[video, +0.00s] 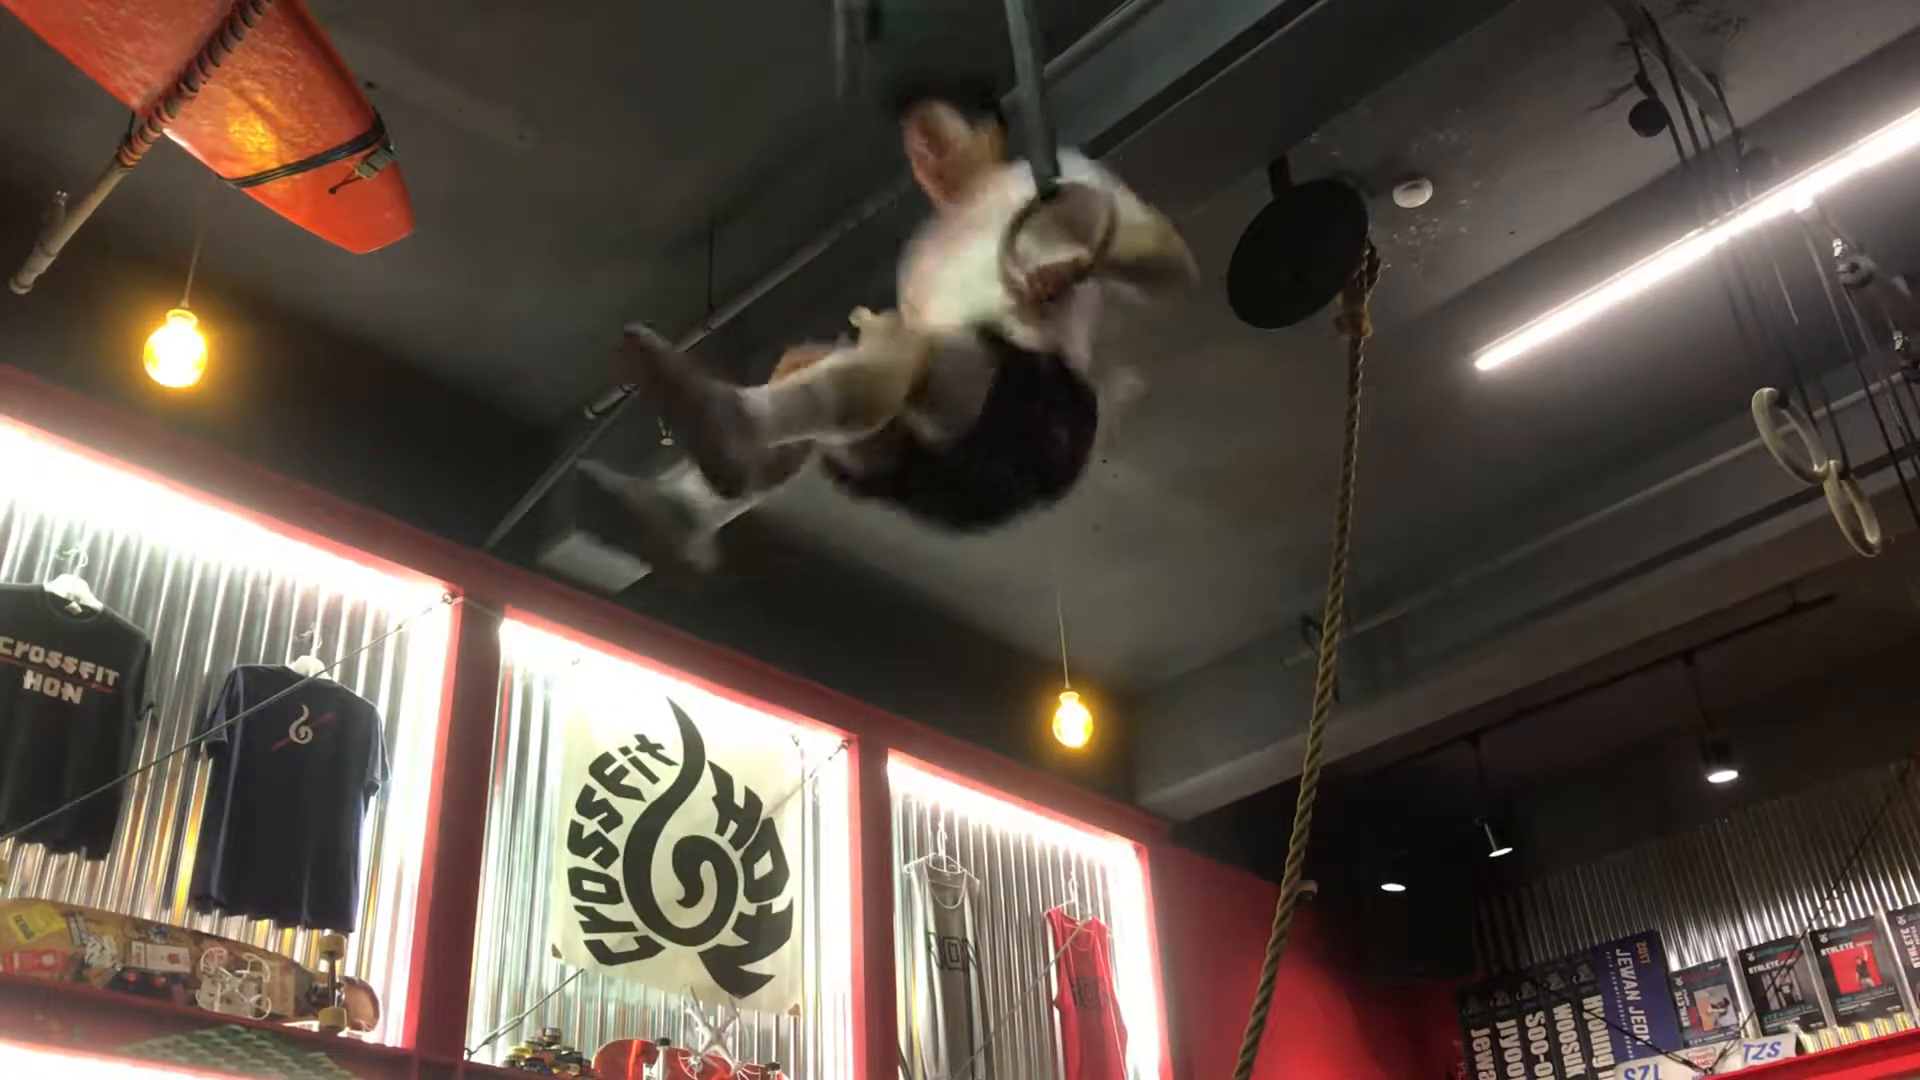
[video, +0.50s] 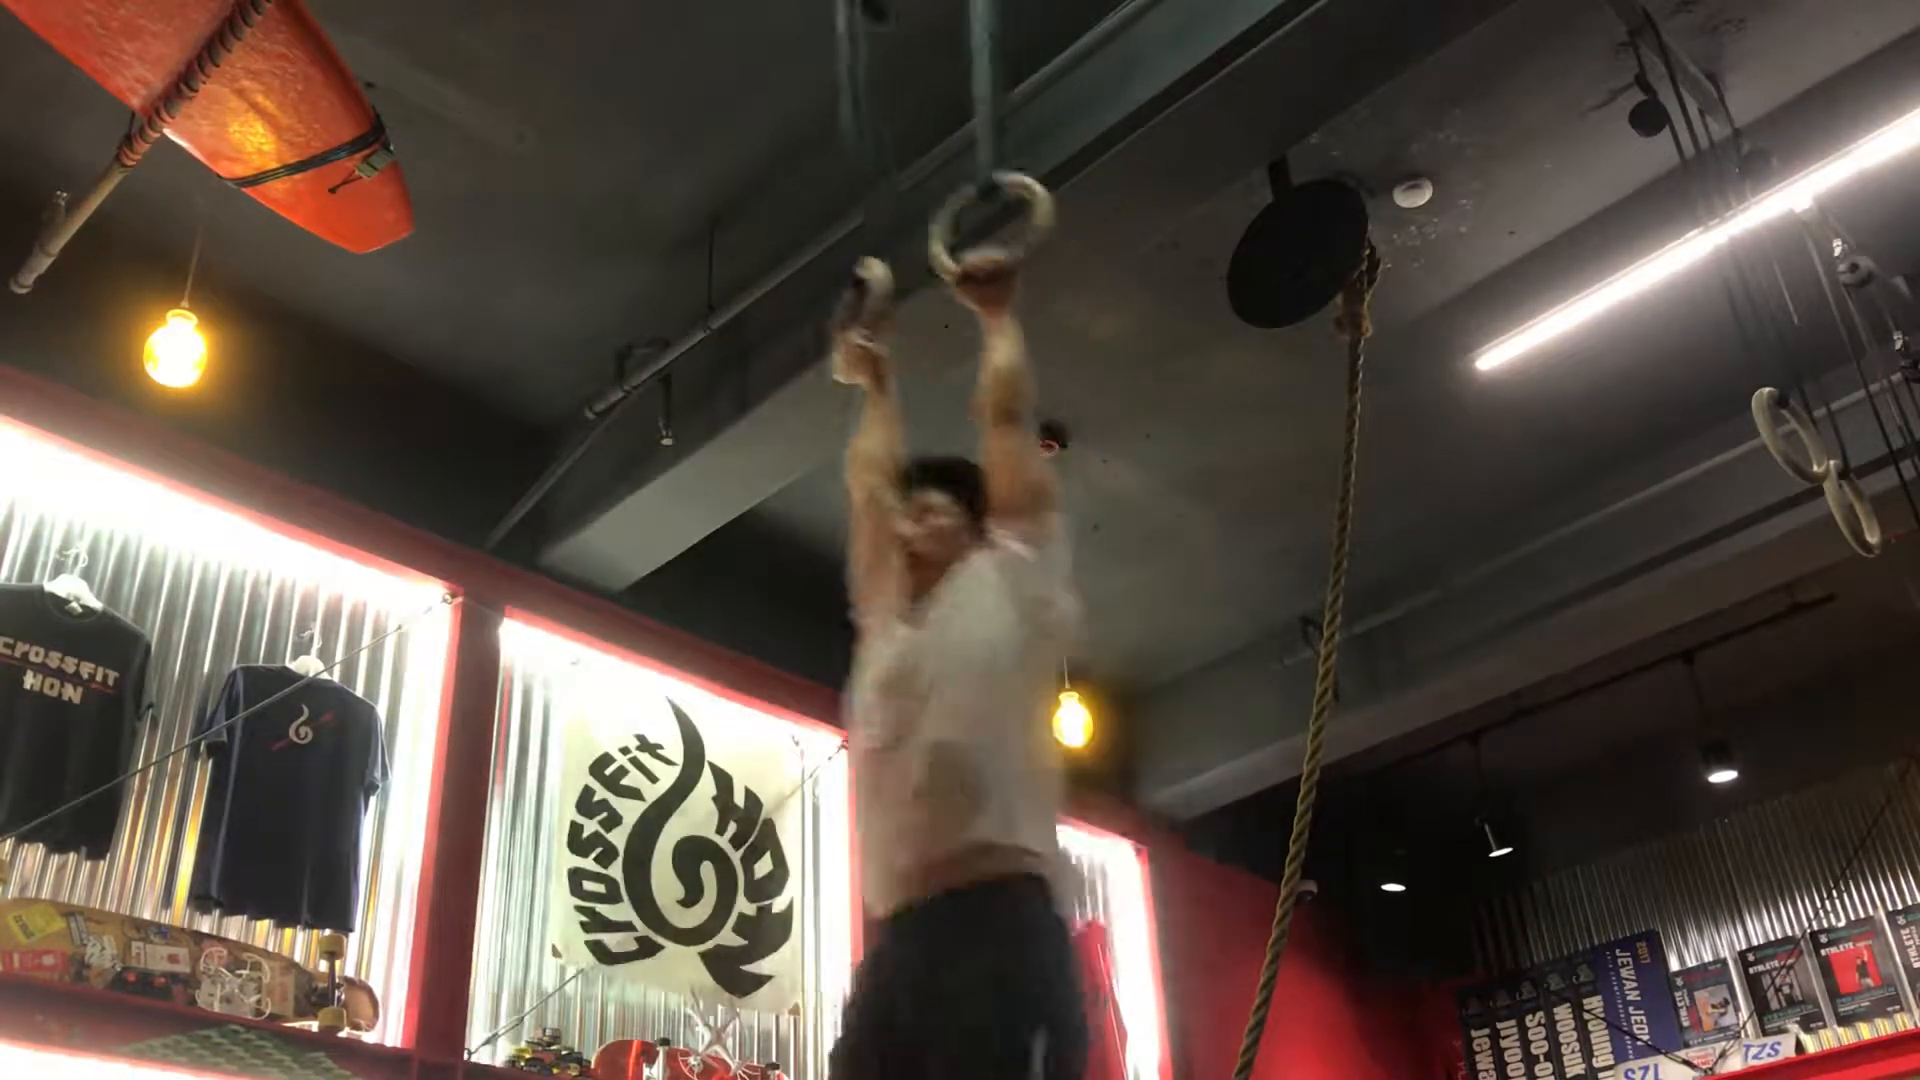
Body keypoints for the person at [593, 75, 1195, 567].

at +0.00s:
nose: (924, 154)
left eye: (938, 131)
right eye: (911, 141)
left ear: (990, 129)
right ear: (905, 157)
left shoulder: (1054, 185)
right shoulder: (923, 257)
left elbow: (1173, 269)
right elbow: (928, 359)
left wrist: (1090, 258)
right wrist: (854, 360)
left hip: (1044, 430)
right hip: (957, 478)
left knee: (912, 349)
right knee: (811, 373)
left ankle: (756, 423)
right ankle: (684, 509)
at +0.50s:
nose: (913, 519)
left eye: (933, 508)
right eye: (903, 509)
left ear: (974, 526)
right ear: (892, 534)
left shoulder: (1014, 583)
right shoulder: (885, 622)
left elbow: (1007, 418)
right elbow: (868, 492)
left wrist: (996, 312)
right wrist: (874, 382)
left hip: (1004, 921)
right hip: (903, 937)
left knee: (994, 1063)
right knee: (862, 1065)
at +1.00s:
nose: (769, 425)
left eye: (796, 415)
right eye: (770, 415)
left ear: (832, 443)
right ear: (763, 447)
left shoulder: (857, 510)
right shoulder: (736, 538)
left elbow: (853, 316)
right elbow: (714, 413)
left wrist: (857, 212)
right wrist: (721, 316)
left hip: (938, 861)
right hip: (835, 908)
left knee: (1197, 1033)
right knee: (936, 1059)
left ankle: (1165, 804)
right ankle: (1051, 882)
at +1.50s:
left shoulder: (1199, 649)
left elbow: (1196, 503)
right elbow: (1024, 580)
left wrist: (1170, 392)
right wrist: (1016, 477)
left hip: (1041, 709)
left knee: (841, 621)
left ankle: (710, 861)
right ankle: (654, 949)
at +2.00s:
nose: (831, 176)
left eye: (843, 150)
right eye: (816, 168)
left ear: (897, 141)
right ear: (812, 184)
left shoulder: (979, 172)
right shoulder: (848, 262)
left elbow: (1109, 178)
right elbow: (883, 353)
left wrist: (1108, 272)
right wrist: (898, 433)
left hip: (1071, 435)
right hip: (980, 485)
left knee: (950, 395)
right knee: (840, 481)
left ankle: (803, 449)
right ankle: (739, 574)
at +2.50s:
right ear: (762, 21)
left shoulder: (899, 29)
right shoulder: (769, 134)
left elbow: (1018, 108)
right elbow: (808, 257)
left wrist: (979, 187)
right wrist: (795, 332)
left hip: (1031, 264)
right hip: (931, 321)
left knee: (958, 314)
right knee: (875, 352)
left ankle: (1110, 462)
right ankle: (1023, 502)